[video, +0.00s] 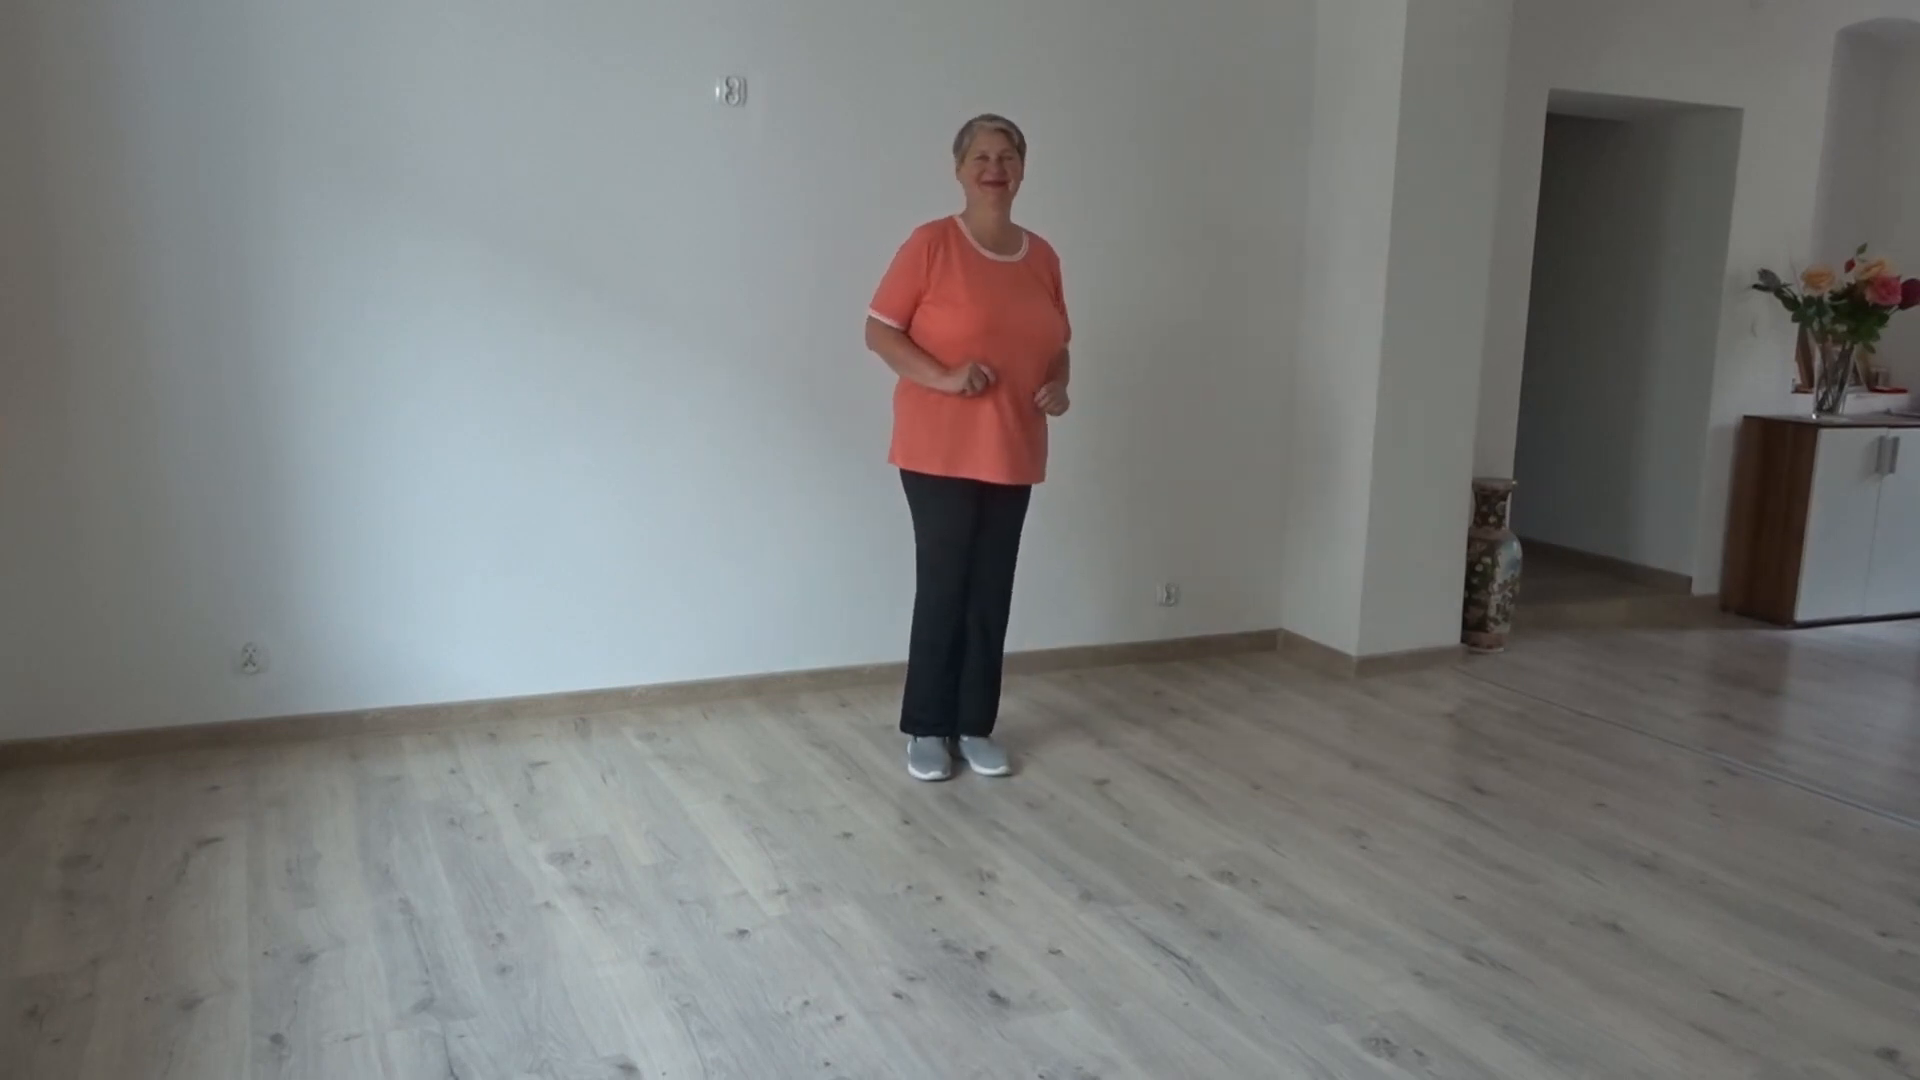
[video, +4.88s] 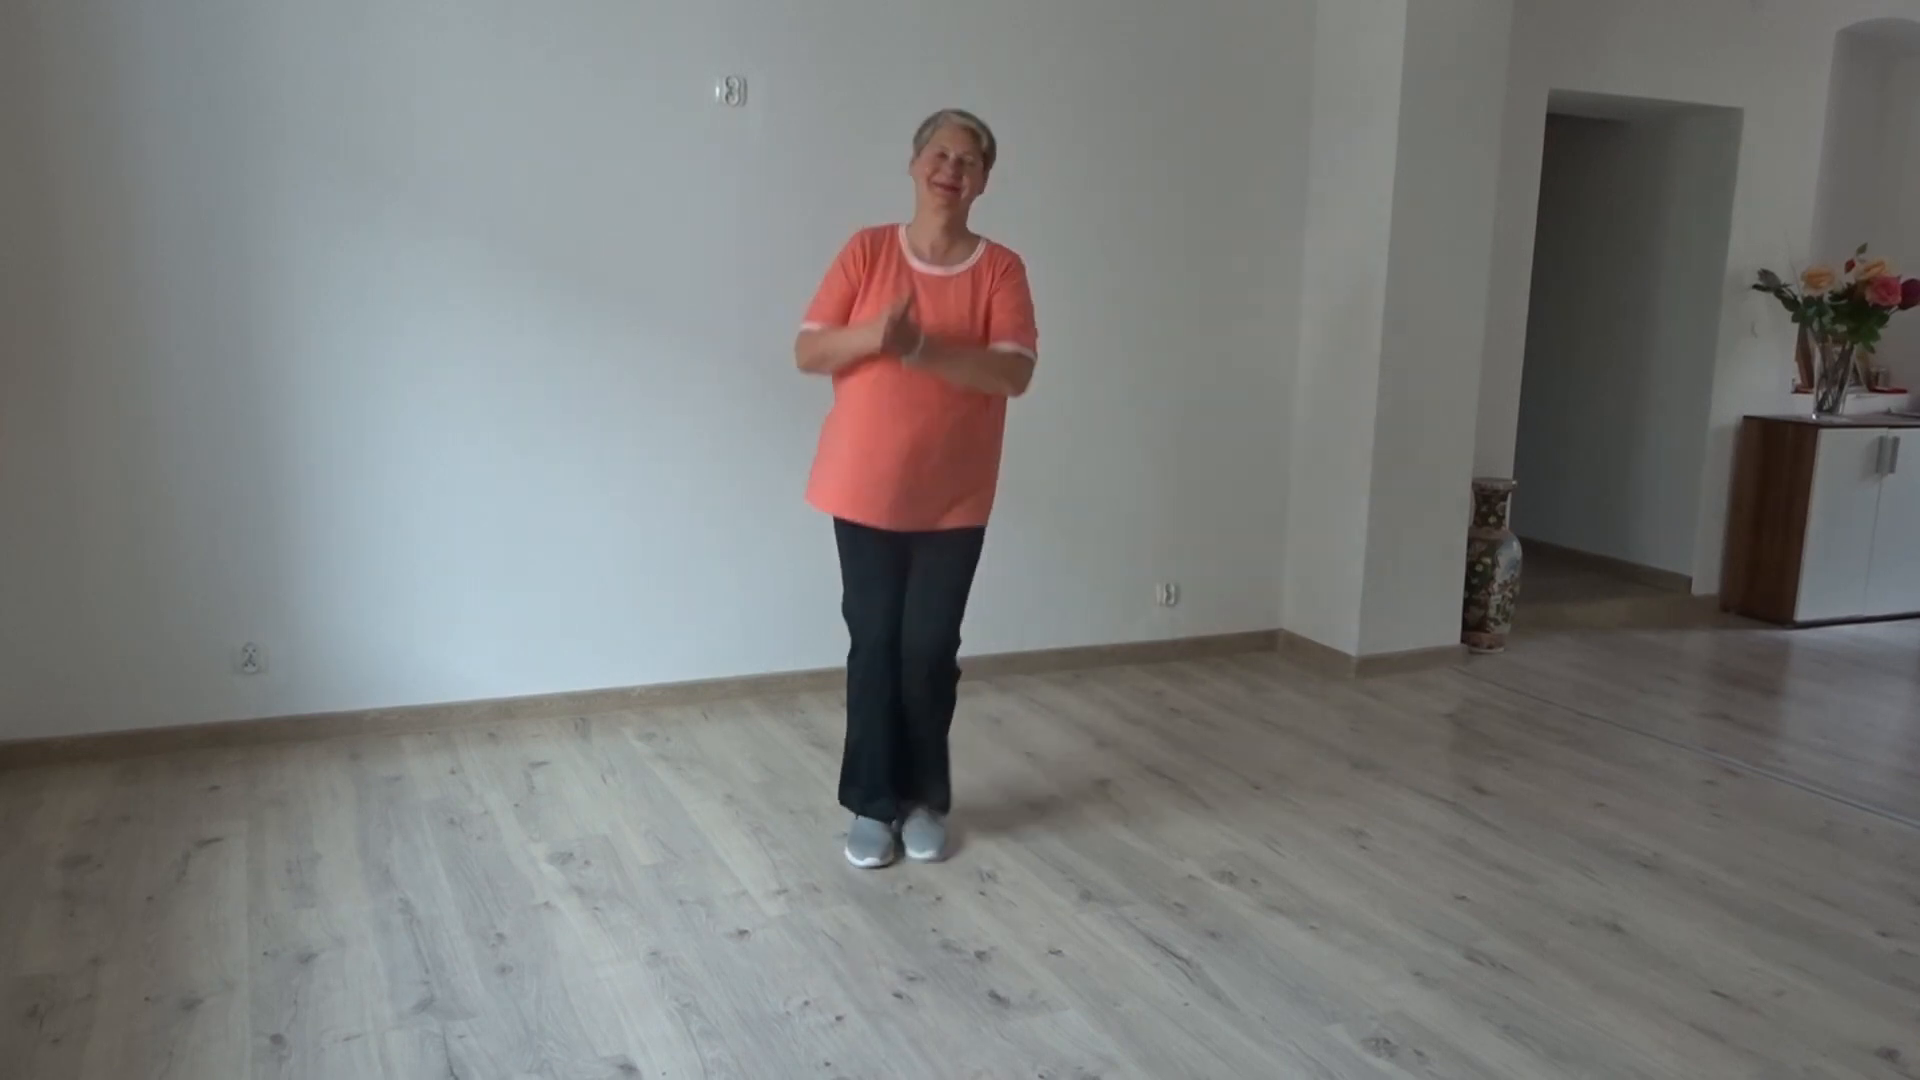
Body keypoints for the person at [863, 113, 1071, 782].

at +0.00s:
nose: (995, 167)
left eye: (1007, 157)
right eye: (982, 157)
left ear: (1023, 170)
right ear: (958, 169)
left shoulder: (1041, 256)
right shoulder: (929, 245)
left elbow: (1058, 341)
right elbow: (880, 333)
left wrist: (1057, 383)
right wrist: (942, 377)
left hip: (1012, 458)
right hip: (940, 456)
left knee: (990, 598)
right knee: (944, 595)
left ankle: (972, 729)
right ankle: (926, 731)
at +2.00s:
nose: (973, 163)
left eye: (986, 154)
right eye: (960, 155)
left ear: (1003, 168)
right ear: (940, 169)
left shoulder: (1033, 251)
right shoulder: (911, 248)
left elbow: (1063, 338)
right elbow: (868, 338)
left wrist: (1051, 381)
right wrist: (920, 382)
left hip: (1008, 459)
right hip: (935, 458)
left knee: (988, 602)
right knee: (940, 600)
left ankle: (972, 731)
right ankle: (927, 734)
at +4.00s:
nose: (995, 185)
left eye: (1009, 174)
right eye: (983, 174)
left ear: (1033, 187)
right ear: (968, 185)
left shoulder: (1048, 276)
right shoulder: (937, 260)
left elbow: (1062, 372)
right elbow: (881, 342)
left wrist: (1055, 439)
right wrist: (924, 432)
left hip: (1014, 476)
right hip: (942, 472)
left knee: (1000, 610)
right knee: (961, 603)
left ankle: (980, 734)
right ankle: (926, 726)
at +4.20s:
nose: (1000, 183)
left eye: (1015, 174)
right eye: (989, 172)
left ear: (1038, 189)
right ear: (972, 183)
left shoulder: (1051, 278)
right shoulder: (933, 252)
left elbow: (1085, 361)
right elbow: (860, 316)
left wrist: (1097, 405)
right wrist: (861, 367)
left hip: (1006, 470)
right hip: (926, 460)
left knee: (992, 611)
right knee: (931, 602)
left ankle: (972, 732)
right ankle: (890, 755)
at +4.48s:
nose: (979, 175)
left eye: (996, 167)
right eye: (969, 163)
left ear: (1019, 186)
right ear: (951, 176)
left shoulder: (1028, 279)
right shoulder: (906, 243)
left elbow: (1062, 375)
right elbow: (830, 321)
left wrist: (1077, 304)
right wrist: (839, 247)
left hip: (980, 467)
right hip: (892, 458)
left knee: (976, 611)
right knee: (893, 624)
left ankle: (971, 729)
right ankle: (874, 800)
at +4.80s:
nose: (955, 159)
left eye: (973, 151)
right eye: (945, 146)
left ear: (993, 171)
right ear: (922, 156)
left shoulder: (1003, 261)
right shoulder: (874, 235)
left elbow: (1012, 364)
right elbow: (810, 328)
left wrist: (957, 307)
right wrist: (872, 290)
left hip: (955, 481)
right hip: (867, 472)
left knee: (942, 638)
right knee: (877, 639)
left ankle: (939, 766)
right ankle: (869, 804)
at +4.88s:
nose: (951, 169)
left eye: (967, 161)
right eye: (940, 155)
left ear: (983, 181)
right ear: (914, 165)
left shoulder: (1000, 268)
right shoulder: (867, 251)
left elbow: (1015, 373)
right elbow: (809, 349)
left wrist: (924, 350)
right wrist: (871, 335)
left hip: (954, 500)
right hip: (865, 494)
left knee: (930, 654)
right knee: (874, 650)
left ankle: (925, 804)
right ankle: (870, 808)